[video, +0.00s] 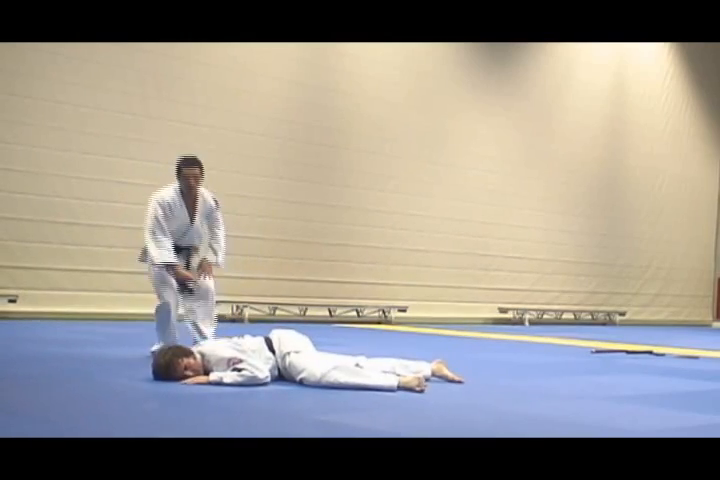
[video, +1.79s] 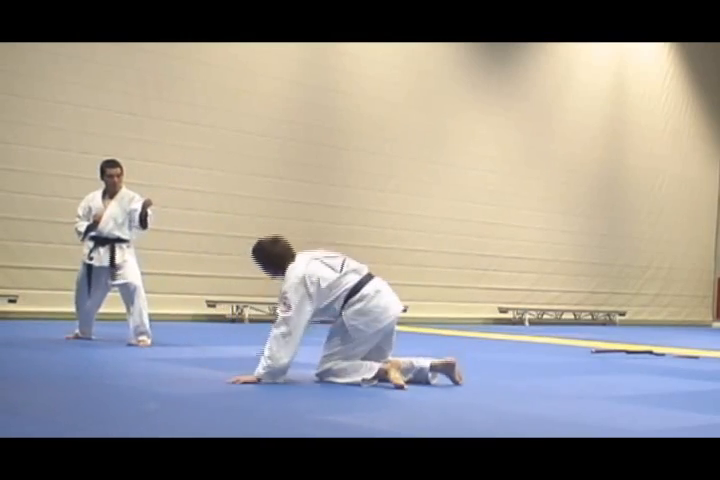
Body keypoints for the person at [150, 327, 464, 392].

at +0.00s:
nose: (189, 375)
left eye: (185, 370)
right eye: (183, 375)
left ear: (189, 359)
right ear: (184, 364)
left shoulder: (213, 351)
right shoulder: (203, 352)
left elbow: (259, 372)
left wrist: (214, 379)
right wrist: (207, 369)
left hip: (280, 348)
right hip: (280, 349)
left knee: (317, 373)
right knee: (350, 365)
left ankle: (400, 381)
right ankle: (427, 368)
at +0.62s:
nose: (177, 336)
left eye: (178, 331)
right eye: (175, 332)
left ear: (192, 327)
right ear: (192, 326)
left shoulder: (225, 335)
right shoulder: (210, 341)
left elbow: (274, 353)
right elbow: (246, 352)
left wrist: (256, 378)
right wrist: (231, 368)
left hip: (296, 357)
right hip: (291, 355)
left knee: (328, 376)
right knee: (359, 361)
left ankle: (398, 381)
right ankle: (436, 350)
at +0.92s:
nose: (194, 293)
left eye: (197, 288)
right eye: (193, 288)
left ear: (211, 287)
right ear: (211, 285)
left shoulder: (243, 306)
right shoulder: (219, 306)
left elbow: (271, 353)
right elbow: (232, 340)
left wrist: (257, 378)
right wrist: (229, 367)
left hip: (300, 343)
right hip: (288, 355)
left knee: (317, 377)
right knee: (357, 365)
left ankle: (398, 380)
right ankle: (432, 347)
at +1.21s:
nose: (212, 271)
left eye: (213, 265)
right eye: (210, 266)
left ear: (226, 263)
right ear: (235, 258)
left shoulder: (257, 278)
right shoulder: (247, 282)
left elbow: (262, 327)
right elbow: (240, 327)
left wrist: (256, 373)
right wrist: (230, 367)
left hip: (321, 314)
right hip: (318, 321)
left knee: (317, 371)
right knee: (372, 366)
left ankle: (386, 372)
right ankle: (440, 353)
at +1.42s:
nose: (231, 276)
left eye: (230, 272)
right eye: (229, 272)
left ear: (239, 270)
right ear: (252, 261)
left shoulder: (275, 278)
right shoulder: (265, 280)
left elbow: (273, 329)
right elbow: (250, 324)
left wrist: (260, 373)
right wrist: (233, 364)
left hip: (345, 302)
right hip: (350, 300)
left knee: (318, 370)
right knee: (374, 365)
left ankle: (387, 369)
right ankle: (440, 360)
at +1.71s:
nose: (261, 280)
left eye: (259, 274)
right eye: (258, 275)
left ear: (268, 271)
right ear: (282, 258)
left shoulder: (297, 278)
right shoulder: (302, 270)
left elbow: (288, 331)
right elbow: (283, 320)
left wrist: (264, 375)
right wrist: (259, 347)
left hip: (366, 308)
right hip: (383, 302)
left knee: (329, 369)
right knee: (375, 368)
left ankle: (380, 370)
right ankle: (438, 366)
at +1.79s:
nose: (264, 272)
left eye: (263, 267)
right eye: (262, 267)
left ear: (270, 265)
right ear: (286, 250)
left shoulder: (297, 276)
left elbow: (286, 328)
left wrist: (264, 374)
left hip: (366, 309)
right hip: (385, 300)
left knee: (328, 369)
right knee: (378, 367)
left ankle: (381, 371)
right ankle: (438, 367)